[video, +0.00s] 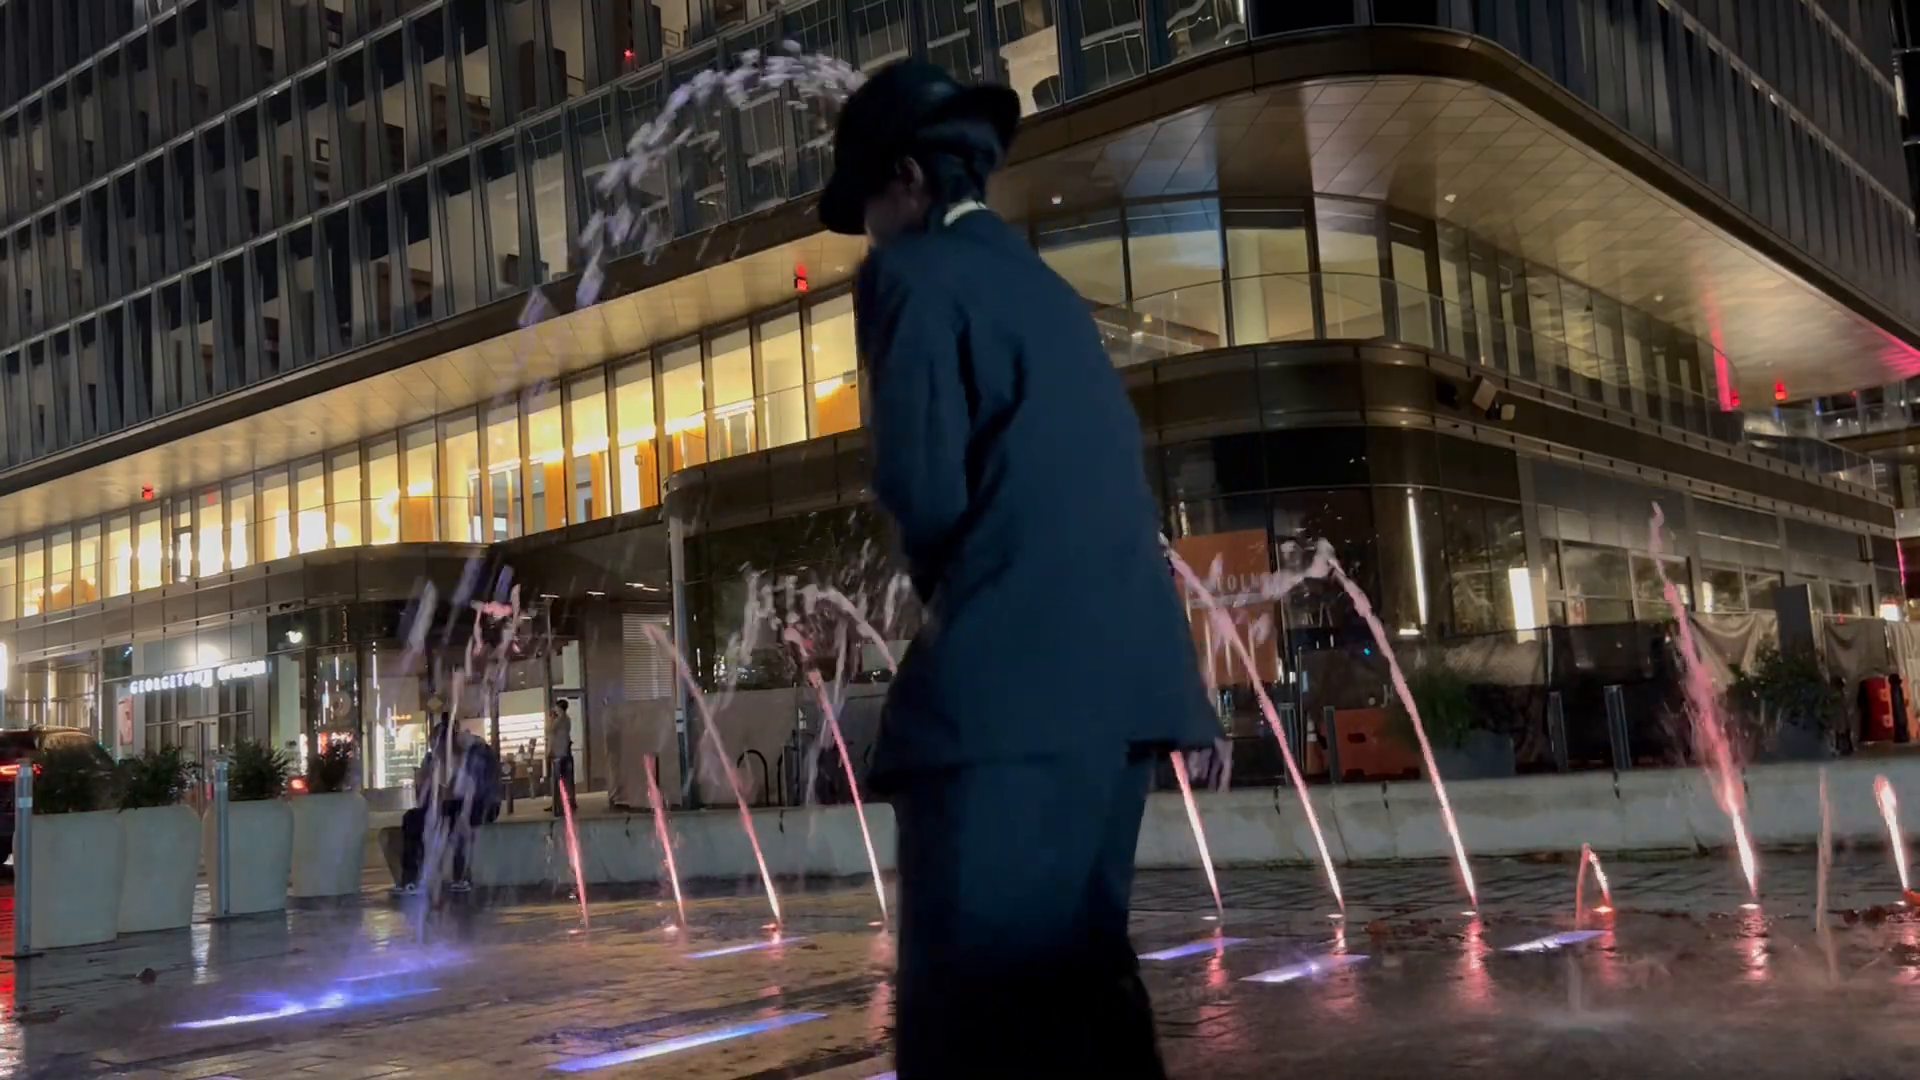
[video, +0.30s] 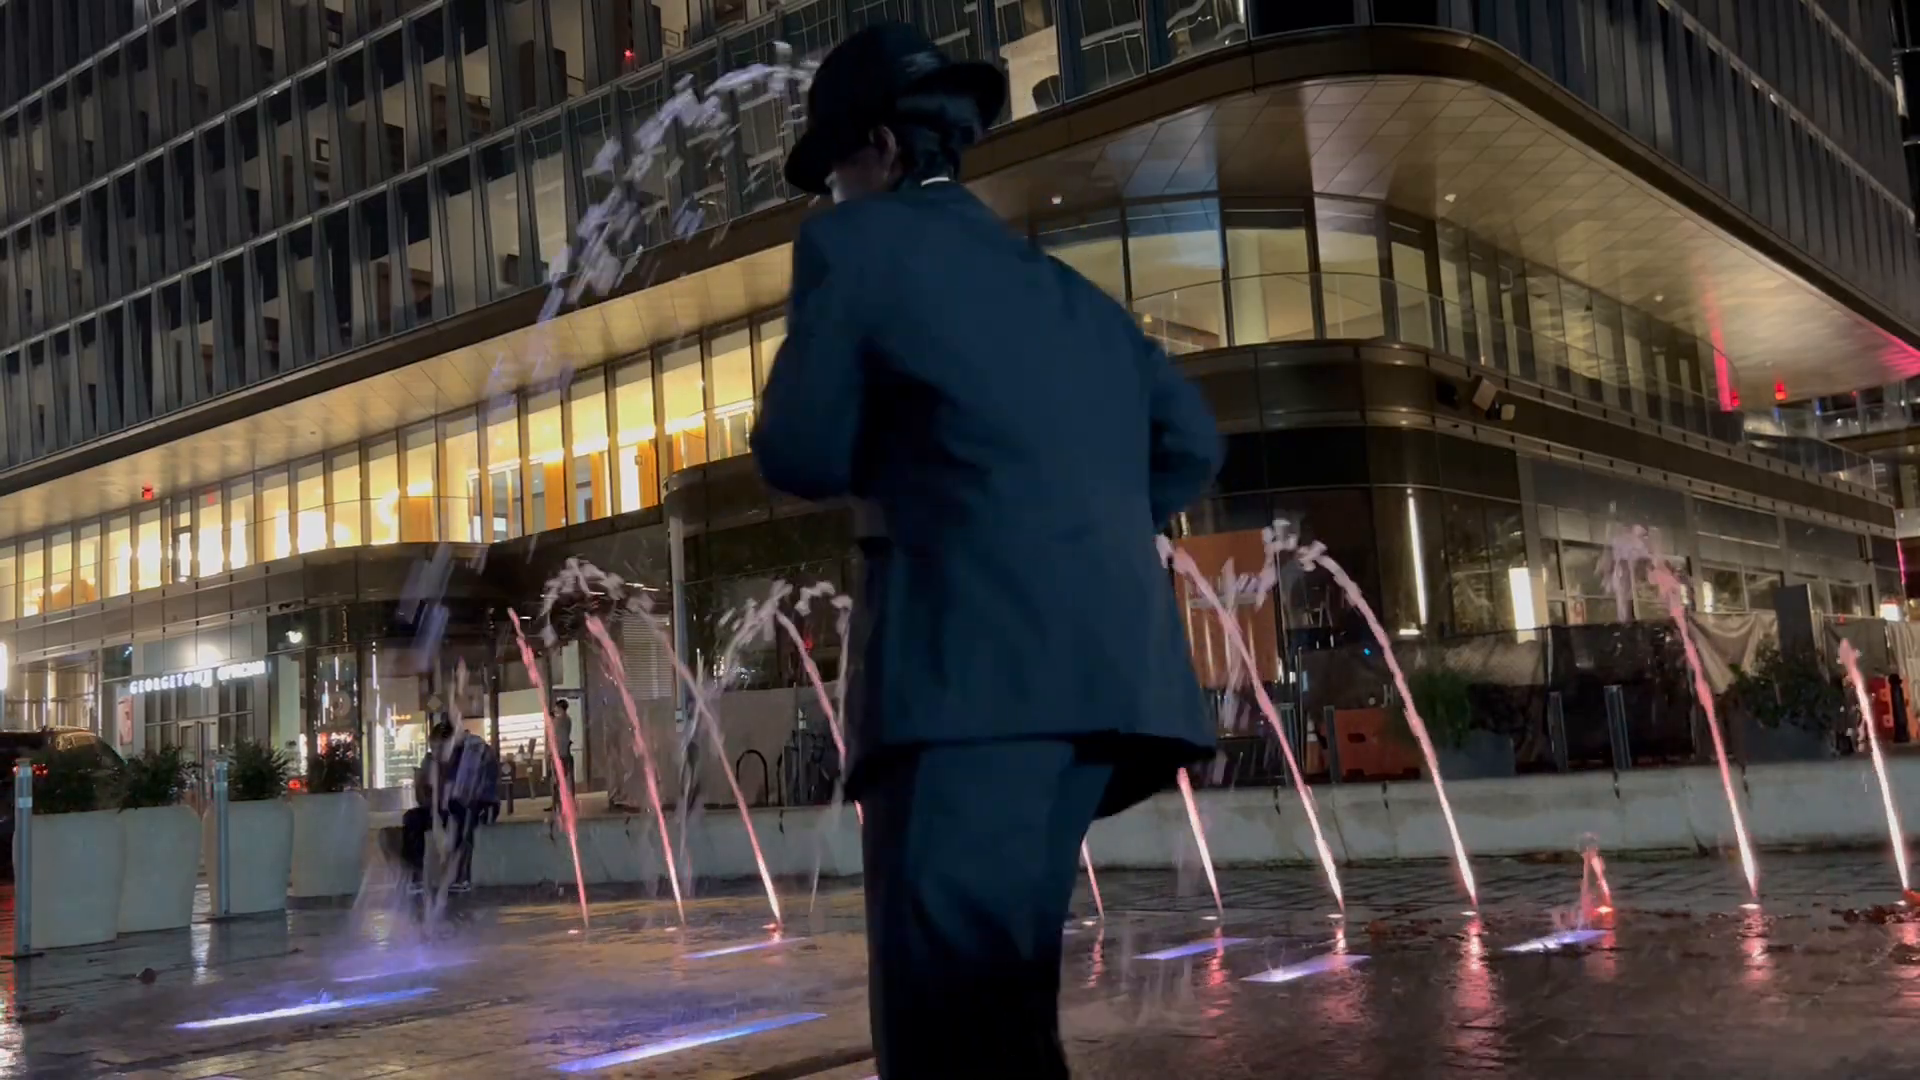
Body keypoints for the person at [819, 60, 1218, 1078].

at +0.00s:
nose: (863, 235)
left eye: (864, 208)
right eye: (857, 216)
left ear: (908, 180)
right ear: (956, 180)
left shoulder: (917, 270)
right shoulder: (1045, 284)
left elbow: (921, 487)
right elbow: (1096, 484)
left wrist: (952, 580)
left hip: (1006, 689)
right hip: (1115, 683)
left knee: (963, 993)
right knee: (1085, 968)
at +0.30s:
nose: (828, 197)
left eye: (832, 172)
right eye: (825, 176)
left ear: (876, 151)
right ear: (947, 156)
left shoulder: (853, 239)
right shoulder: (1068, 285)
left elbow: (800, 452)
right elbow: (1192, 444)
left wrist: (892, 463)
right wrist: (1073, 517)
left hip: (974, 678)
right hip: (1109, 677)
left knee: (941, 1022)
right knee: (1010, 1011)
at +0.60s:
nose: (805, 214)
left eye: (806, 189)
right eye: (801, 195)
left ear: (842, 165)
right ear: (929, 169)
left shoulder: (818, 257)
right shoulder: (1050, 291)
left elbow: (813, 477)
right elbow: (1147, 462)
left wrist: (852, 548)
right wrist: (1027, 521)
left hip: (940, 640)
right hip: (1083, 639)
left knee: (915, 976)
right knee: (987, 951)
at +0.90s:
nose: (781, 250)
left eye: (781, 226)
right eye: (775, 232)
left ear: (818, 198)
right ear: (898, 192)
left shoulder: (813, 269)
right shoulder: (994, 296)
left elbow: (800, 483)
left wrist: (809, 614)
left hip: (946, 671)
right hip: (1071, 668)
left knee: (936, 996)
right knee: (986, 975)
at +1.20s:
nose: (758, 285)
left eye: (754, 257)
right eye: (752, 263)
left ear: (781, 232)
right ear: (861, 221)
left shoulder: (828, 294)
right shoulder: (928, 304)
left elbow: (873, 500)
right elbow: (921, 520)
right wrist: (803, 655)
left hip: (993, 675)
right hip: (1063, 666)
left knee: (892, 973)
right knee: (1000, 961)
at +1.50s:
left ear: (837, 294)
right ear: (953, 265)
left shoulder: (792, 406)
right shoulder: (1039, 327)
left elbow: (816, 606)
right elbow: (1170, 463)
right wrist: (1166, 627)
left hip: (929, 731)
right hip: (1093, 704)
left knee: (854, 1009)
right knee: (1035, 974)